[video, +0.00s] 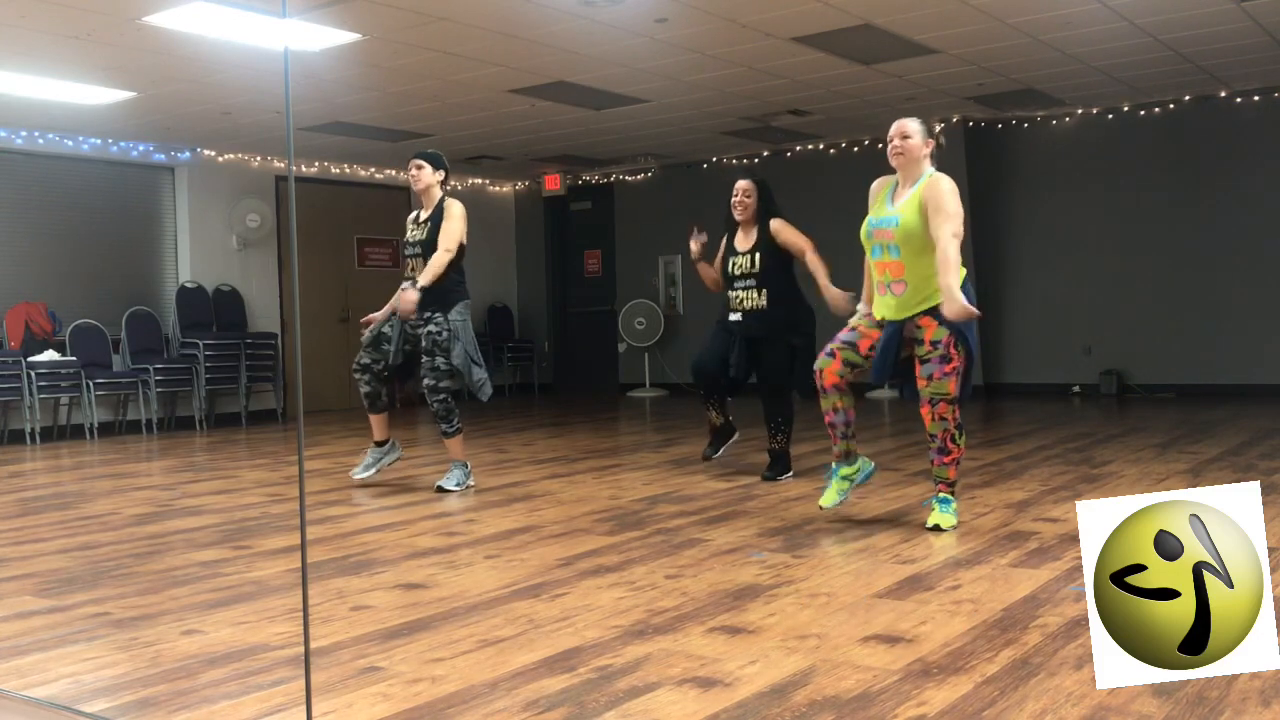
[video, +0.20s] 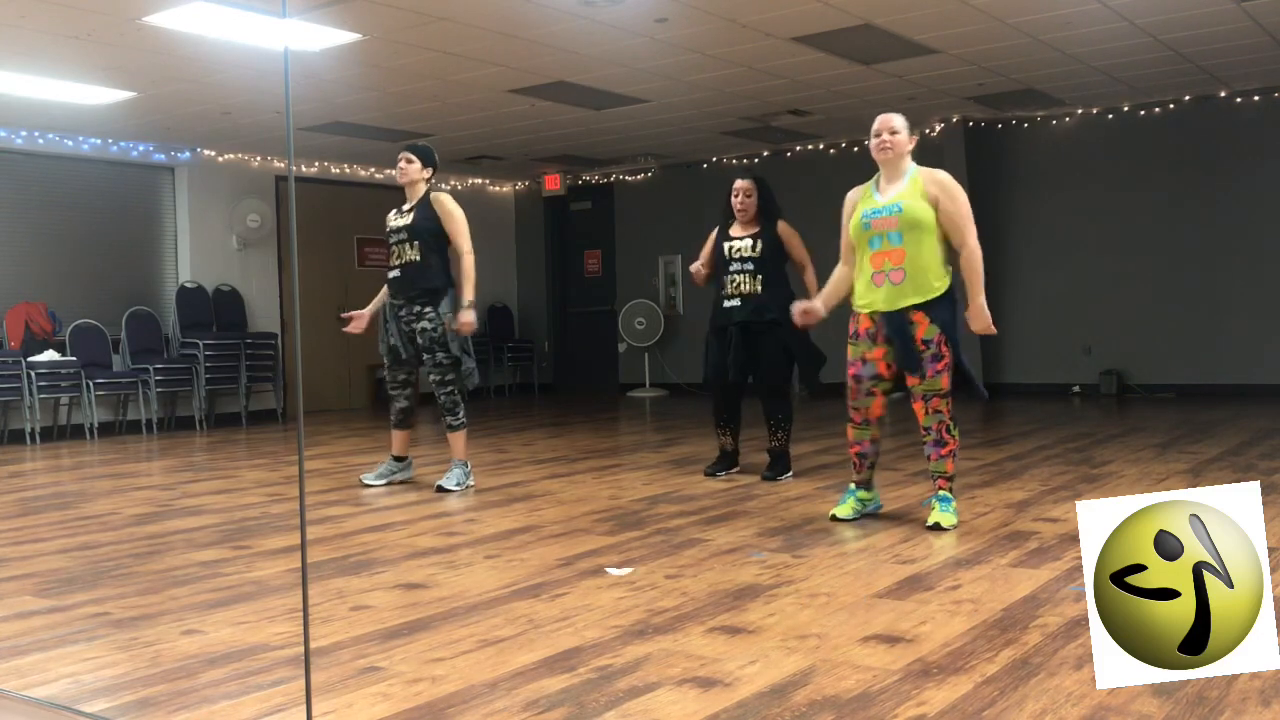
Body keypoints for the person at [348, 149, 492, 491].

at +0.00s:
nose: (412, 173)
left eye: (419, 168)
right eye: (410, 169)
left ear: (439, 175)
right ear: (409, 179)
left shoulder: (452, 208)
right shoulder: (413, 219)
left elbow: (446, 252)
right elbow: (411, 274)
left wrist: (416, 286)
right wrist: (386, 311)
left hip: (444, 314)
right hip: (410, 313)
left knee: (437, 385)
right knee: (367, 367)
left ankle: (460, 466)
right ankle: (383, 445)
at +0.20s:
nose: (400, 166)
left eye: (408, 162)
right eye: (398, 162)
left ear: (427, 170)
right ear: (397, 172)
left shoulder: (441, 201)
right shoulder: (394, 216)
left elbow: (465, 252)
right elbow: (398, 272)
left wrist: (466, 304)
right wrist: (369, 311)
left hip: (433, 310)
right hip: (397, 311)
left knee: (445, 385)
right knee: (399, 386)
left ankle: (460, 466)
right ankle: (399, 461)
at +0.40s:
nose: (392, 172)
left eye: (400, 168)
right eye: (391, 167)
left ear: (419, 178)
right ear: (389, 176)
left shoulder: (437, 214)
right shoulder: (377, 218)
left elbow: (461, 264)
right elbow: (366, 270)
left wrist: (482, 309)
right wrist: (342, 294)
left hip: (431, 312)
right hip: (392, 315)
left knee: (430, 377)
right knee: (381, 384)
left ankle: (456, 455)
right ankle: (399, 463)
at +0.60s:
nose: (397, 168)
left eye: (405, 163)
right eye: (395, 163)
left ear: (424, 172)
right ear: (392, 171)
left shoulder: (439, 214)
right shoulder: (382, 207)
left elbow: (457, 267)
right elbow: (364, 257)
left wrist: (464, 315)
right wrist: (347, 298)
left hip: (430, 310)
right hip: (392, 311)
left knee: (433, 383)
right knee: (392, 384)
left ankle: (459, 462)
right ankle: (400, 463)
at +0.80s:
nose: (402, 166)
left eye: (409, 161)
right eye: (401, 162)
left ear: (430, 169)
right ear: (402, 170)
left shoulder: (444, 205)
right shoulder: (398, 208)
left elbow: (458, 258)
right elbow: (397, 262)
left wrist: (426, 295)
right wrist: (380, 301)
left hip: (434, 308)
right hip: (397, 308)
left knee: (438, 384)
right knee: (383, 379)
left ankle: (459, 465)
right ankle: (394, 458)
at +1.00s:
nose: (401, 172)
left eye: (408, 167)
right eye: (400, 167)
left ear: (428, 176)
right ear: (402, 177)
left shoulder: (440, 206)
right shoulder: (405, 220)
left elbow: (452, 255)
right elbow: (411, 274)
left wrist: (428, 298)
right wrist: (391, 307)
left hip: (439, 309)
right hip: (407, 308)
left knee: (437, 384)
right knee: (367, 370)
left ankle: (458, 465)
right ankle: (386, 445)